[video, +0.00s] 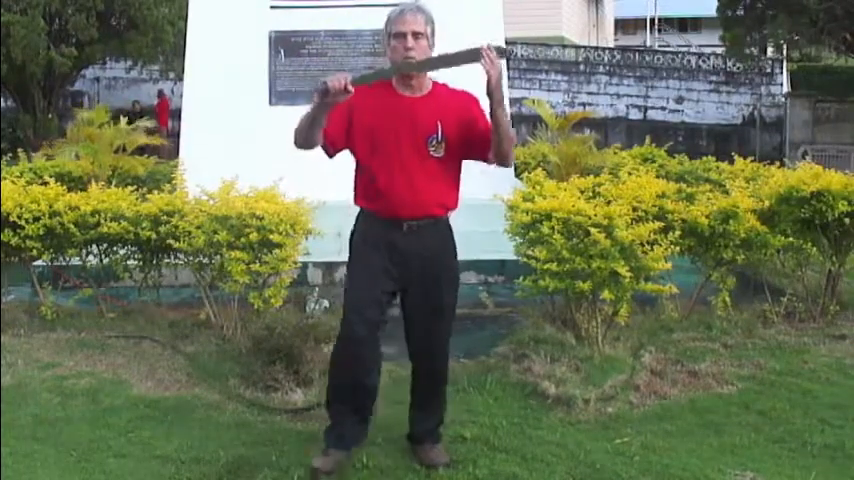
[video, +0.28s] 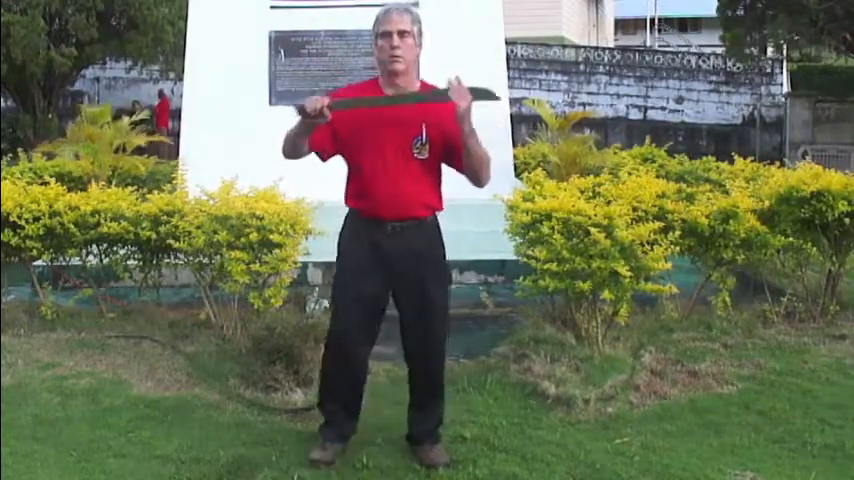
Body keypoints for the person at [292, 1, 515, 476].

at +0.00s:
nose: (408, 44)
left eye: (417, 36)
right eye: (399, 36)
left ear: (431, 44)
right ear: (386, 44)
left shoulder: (458, 103)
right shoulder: (361, 99)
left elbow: (503, 155)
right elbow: (304, 141)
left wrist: (496, 92)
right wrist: (322, 104)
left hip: (433, 237)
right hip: (374, 235)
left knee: (431, 344)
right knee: (356, 333)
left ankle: (426, 438)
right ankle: (340, 441)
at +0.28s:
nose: (394, 43)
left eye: (403, 35)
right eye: (385, 36)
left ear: (419, 45)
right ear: (373, 46)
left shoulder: (438, 104)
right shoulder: (349, 100)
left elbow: (480, 176)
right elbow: (292, 150)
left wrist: (465, 122)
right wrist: (306, 122)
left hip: (420, 236)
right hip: (362, 235)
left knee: (428, 343)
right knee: (345, 338)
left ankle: (426, 437)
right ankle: (334, 433)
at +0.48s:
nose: (375, 48)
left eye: (384, 40)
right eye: (366, 41)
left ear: (401, 50)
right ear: (355, 50)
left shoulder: (428, 109)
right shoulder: (333, 105)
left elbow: (475, 174)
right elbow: (299, 151)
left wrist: (446, 157)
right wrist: (258, 152)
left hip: (406, 241)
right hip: (347, 240)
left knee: (422, 343)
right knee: (335, 341)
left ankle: (427, 437)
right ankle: (333, 434)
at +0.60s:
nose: (365, 61)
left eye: (375, 52)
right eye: (357, 52)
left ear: (393, 62)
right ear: (347, 61)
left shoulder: (421, 119)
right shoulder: (328, 115)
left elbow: (467, 161)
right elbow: (289, 156)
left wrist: (490, 170)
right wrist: (235, 174)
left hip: (405, 247)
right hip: (344, 247)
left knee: (428, 340)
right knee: (333, 343)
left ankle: (434, 435)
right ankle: (333, 435)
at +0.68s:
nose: (365, 68)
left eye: (375, 60)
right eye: (357, 60)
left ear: (390, 68)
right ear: (347, 68)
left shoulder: (422, 125)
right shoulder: (326, 123)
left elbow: (482, 164)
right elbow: (285, 160)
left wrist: (532, 178)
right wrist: (235, 182)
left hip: (408, 252)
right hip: (346, 253)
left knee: (436, 343)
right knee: (332, 347)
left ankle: (446, 443)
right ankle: (334, 436)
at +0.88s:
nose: (390, 96)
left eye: (399, 88)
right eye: (380, 87)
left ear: (411, 98)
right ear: (364, 97)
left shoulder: (440, 153)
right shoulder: (339, 154)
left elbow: (511, 183)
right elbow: (294, 201)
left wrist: (575, 187)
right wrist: (245, 228)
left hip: (422, 272)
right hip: (359, 273)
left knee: (455, 356)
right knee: (335, 366)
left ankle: (497, 465)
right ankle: (334, 438)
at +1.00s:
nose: (424, 108)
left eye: (434, 101)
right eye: (414, 100)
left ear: (445, 111)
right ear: (398, 109)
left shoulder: (467, 167)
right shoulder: (368, 166)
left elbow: (523, 207)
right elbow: (327, 234)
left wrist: (583, 212)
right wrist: (284, 278)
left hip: (443, 289)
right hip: (379, 289)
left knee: (479, 366)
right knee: (351, 382)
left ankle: (496, 468)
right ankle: (334, 440)